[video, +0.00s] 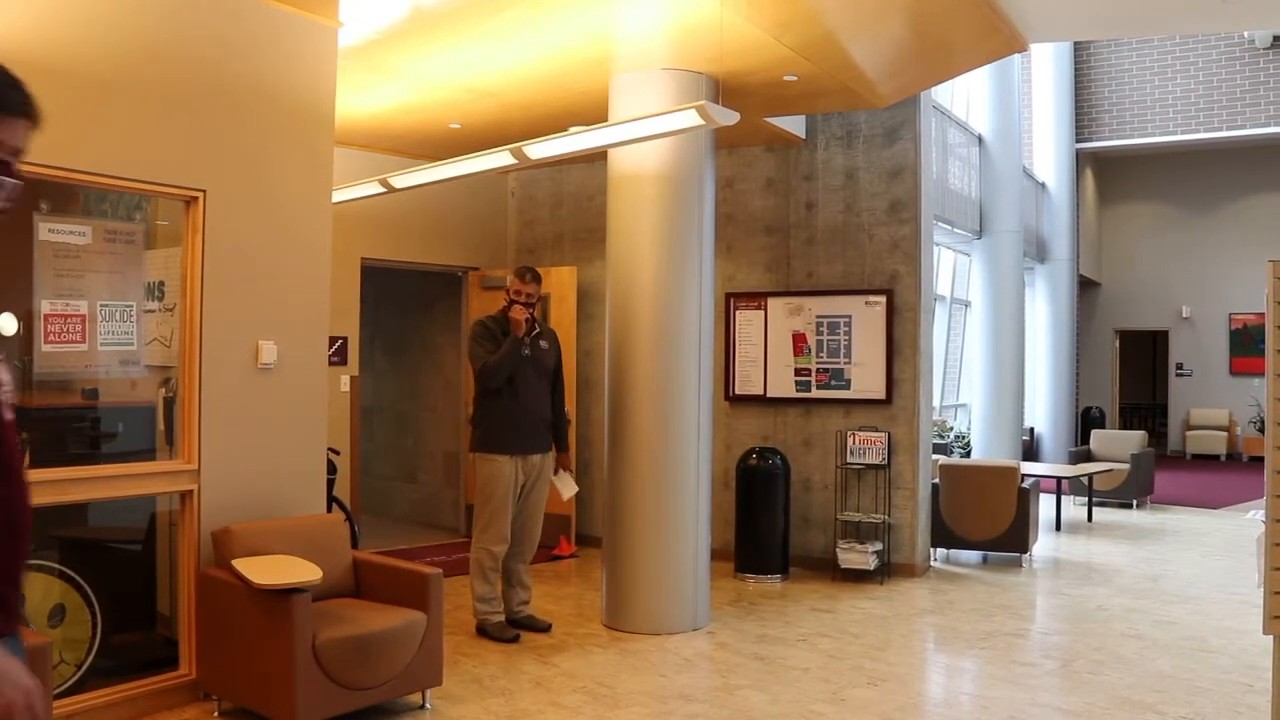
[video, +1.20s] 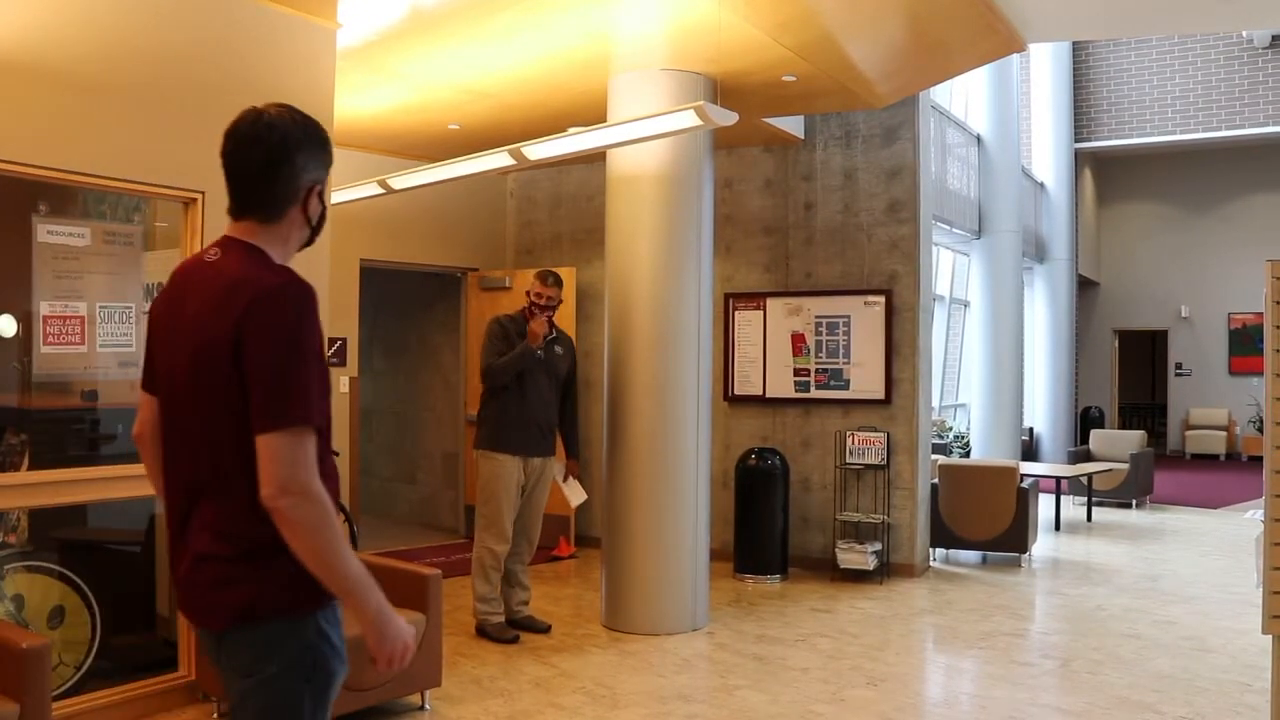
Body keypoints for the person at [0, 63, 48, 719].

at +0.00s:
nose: (15, 180)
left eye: (17, 159)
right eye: (6, 156)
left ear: (23, 156)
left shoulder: (6, 332)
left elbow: (10, 488)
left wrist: (13, 623)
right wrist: (1, 643)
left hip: (6, 614)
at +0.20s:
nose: (96, 202)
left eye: (100, 186)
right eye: (86, 182)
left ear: (31, 172)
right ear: (27, 170)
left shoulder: (23, 295)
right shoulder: (7, 296)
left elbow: (32, 467)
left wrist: (69, 611)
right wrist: (31, 632)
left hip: (63, 616)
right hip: (31, 638)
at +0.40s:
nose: (156, 206)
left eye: (159, 190)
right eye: (149, 187)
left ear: (95, 180)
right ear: (94, 178)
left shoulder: (60, 278)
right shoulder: (28, 275)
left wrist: (112, 615)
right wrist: (89, 634)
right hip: (64, 644)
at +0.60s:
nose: (212, 211)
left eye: (215, 195)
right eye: (206, 193)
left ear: (156, 188)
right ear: (161, 189)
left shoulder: (102, 278)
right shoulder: (100, 283)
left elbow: (74, 480)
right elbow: (72, 483)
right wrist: (168, 644)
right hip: (133, 646)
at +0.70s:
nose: (238, 207)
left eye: (239, 192)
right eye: (233, 191)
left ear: (181, 186)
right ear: (194, 188)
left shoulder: (113, 272)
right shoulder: (141, 285)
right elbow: (121, 480)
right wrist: (209, 640)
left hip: (127, 628)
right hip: (167, 638)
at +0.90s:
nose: (285, 199)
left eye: (285, 181)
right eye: (282, 181)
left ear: (190, 181)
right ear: (254, 188)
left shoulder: (145, 278)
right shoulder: (216, 288)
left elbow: (116, 437)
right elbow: (212, 482)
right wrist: (295, 631)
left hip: (163, 611)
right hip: (226, 622)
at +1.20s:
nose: (326, 204)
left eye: (328, 187)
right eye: (327, 188)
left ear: (237, 183)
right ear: (312, 198)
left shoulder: (182, 284)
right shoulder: (280, 296)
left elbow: (149, 435)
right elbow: (289, 487)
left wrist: (203, 524)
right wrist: (376, 610)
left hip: (216, 597)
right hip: (279, 609)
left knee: (255, 706)